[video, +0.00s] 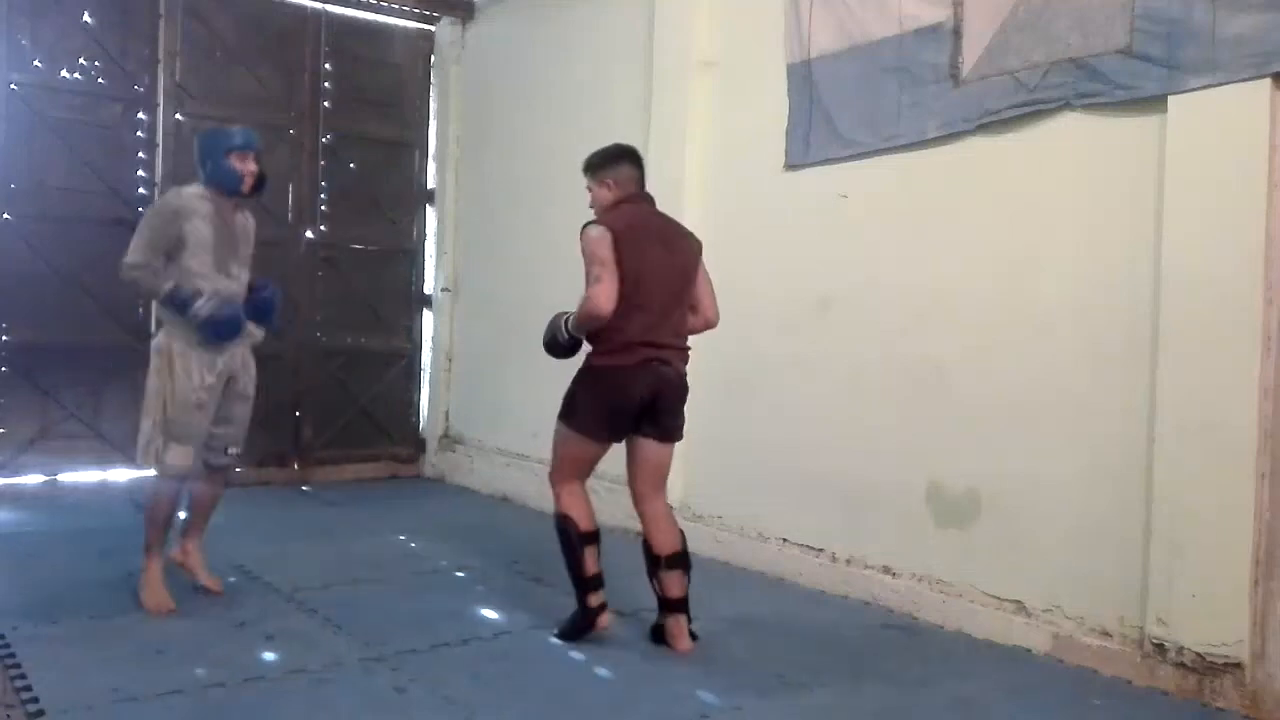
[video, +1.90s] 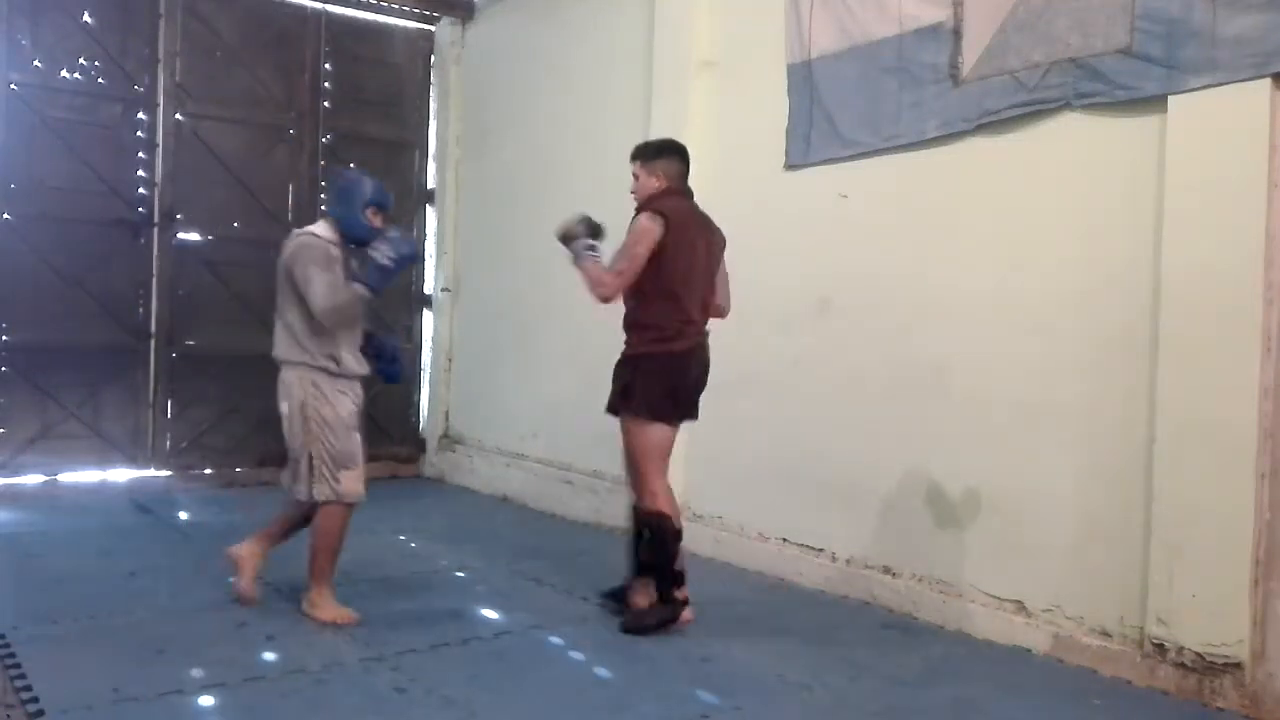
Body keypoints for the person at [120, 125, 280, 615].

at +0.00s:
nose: (251, 166)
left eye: (254, 159)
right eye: (241, 157)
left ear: (255, 169)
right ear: (215, 161)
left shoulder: (245, 221)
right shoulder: (179, 204)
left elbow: (230, 280)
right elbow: (136, 265)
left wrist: (254, 299)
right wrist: (192, 305)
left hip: (236, 350)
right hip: (186, 351)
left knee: (219, 459)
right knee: (175, 461)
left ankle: (191, 546)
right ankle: (152, 564)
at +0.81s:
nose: (289, 164)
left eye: (286, 155)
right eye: (279, 155)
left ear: (263, 163)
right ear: (256, 161)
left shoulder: (256, 213)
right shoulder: (230, 200)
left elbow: (240, 285)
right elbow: (185, 259)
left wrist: (279, 294)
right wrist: (253, 275)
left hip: (239, 350)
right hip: (214, 349)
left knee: (223, 470)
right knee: (219, 472)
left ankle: (181, 560)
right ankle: (187, 583)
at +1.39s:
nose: (313, 190)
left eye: (314, 182)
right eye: (306, 180)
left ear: (289, 185)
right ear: (280, 179)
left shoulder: (279, 226)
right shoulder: (258, 209)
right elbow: (243, 274)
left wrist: (306, 301)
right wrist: (300, 276)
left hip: (260, 366)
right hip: (242, 366)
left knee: (256, 485)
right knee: (246, 487)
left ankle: (208, 576)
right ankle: (184, 591)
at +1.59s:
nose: (336, 215)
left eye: (339, 206)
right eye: (330, 203)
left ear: (306, 203)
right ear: (304, 200)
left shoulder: (288, 246)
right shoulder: (269, 241)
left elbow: (270, 319)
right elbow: (246, 312)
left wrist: (318, 342)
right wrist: (309, 314)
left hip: (271, 379)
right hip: (263, 380)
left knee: (260, 482)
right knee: (309, 480)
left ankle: (204, 572)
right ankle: (239, 578)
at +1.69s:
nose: (355, 208)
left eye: (357, 199)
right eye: (350, 196)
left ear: (332, 196)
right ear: (325, 193)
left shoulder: (314, 240)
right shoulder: (283, 226)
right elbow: (250, 289)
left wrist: (342, 304)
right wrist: (317, 286)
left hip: (297, 363)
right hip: (278, 364)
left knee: (265, 473)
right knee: (319, 474)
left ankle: (207, 567)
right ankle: (298, 583)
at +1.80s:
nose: (367, 214)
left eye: (369, 206)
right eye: (361, 203)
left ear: (352, 204)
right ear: (336, 199)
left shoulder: (328, 241)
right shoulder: (298, 227)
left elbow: (313, 313)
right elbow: (285, 291)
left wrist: (351, 333)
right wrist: (344, 259)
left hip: (311, 372)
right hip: (299, 373)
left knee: (281, 478)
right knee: (338, 482)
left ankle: (216, 563)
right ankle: (318, 591)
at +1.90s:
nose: (379, 225)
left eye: (383, 217)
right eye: (374, 213)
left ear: (362, 215)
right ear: (352, 208)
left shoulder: (338, 252)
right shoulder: (309, 246)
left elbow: (335, 322)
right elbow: (327, 309)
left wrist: (371, 344)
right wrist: (373, 271)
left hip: (334, 381)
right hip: (314, 382)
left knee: (323, 491)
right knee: (341, 488)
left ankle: (254, 548)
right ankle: (320, 594)